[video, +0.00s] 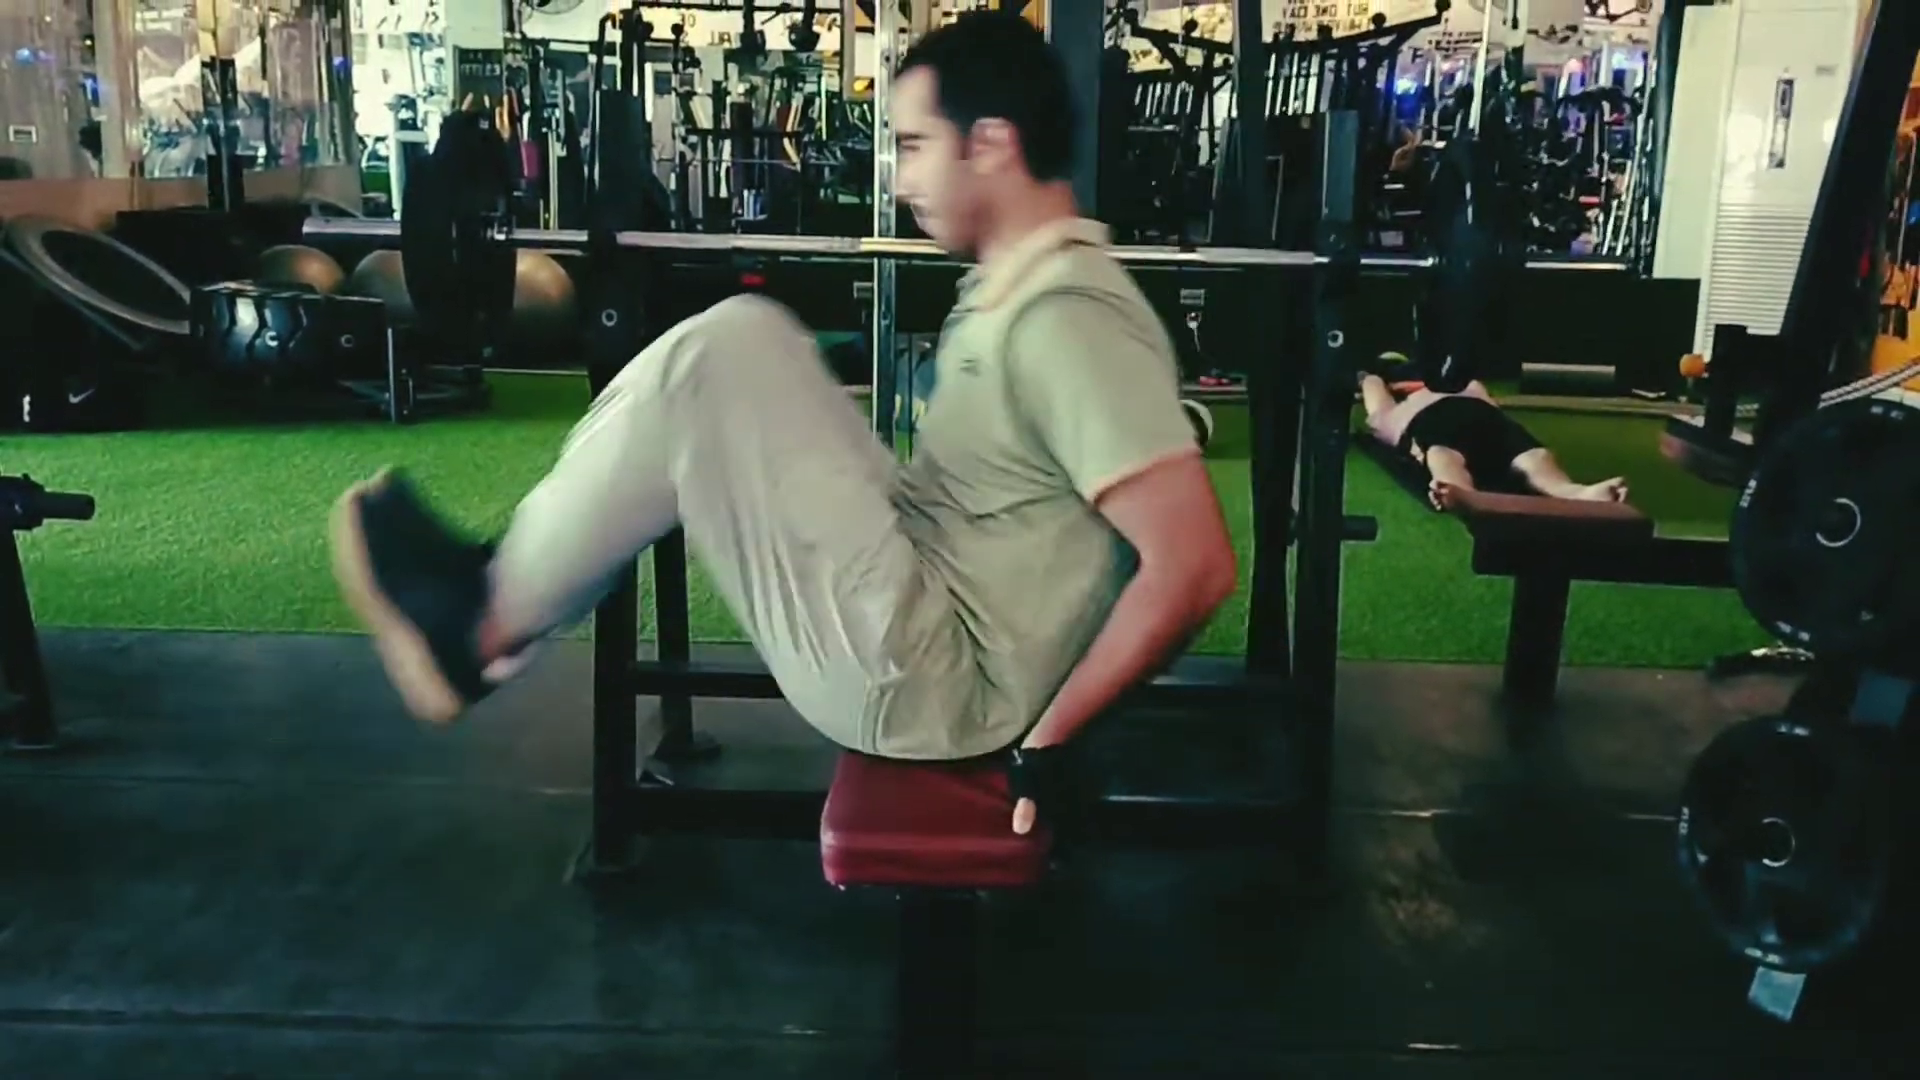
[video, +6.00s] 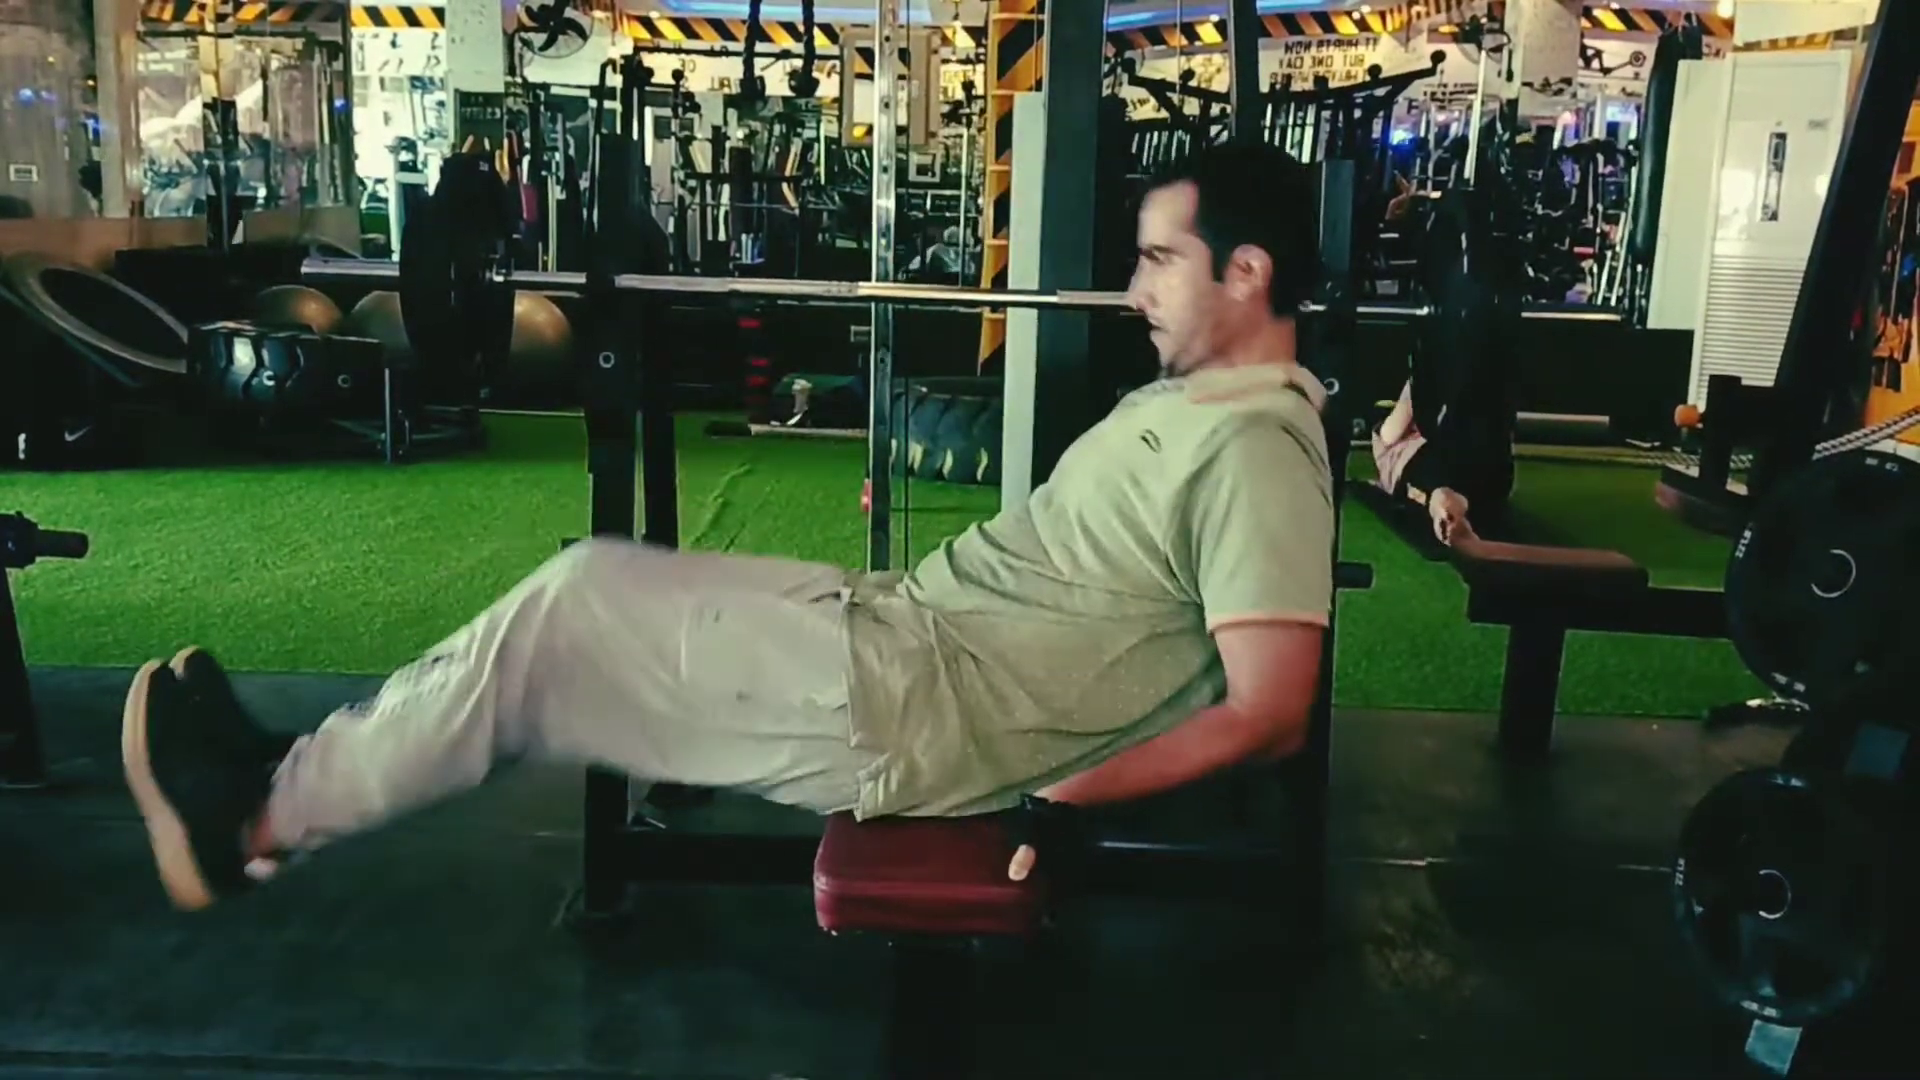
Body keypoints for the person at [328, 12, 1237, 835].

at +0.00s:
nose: (896, 181)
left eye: (911, 146)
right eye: (894, 150)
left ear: (995, 147)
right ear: (989, 150)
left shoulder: (1066, 309)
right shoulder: (1019, 293)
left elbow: (1190, 564)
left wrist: (1039, 744)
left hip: (937, 680)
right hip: (918, 646)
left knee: (730, 345)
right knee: (717, 348)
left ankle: (483, 632)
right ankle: (486, 610)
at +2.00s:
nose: (902, 218)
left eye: (919, 186)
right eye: (900, 190)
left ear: (1008, 185)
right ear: (998, 189)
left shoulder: (1076, 342)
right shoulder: (1029, 329)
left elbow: (1201, 602)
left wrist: (1036, 784)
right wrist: (879, 530)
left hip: (935, 712)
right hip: (912, 670)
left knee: (704, 394)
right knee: (698, 398)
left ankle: (460, 692)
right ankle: (467, 666)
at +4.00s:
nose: (1104, 274)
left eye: (1129, 246)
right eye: (1108, 245)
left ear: (1218, 261)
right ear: (1192, 262)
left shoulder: (1230, 429)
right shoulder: (1174, 391)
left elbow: (1269, 701)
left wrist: (1066, 798)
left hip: (923, 713)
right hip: (896, 633)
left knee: (565, 595)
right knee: (579, 564)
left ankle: (255, 833)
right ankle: (285, 796)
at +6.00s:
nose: (1138, 291)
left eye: (1160, 262)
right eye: (1141, 263)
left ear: (1251, 277)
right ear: (1239, 280)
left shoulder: (1257, 442)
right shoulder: (1194, 408)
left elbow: (1268, 713)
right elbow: (1193, 654)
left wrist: (1055, 798)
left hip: (926, 704)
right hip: (899, 630)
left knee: (565, 633)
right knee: (585, 582)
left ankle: (248, 836)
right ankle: (286, 792)